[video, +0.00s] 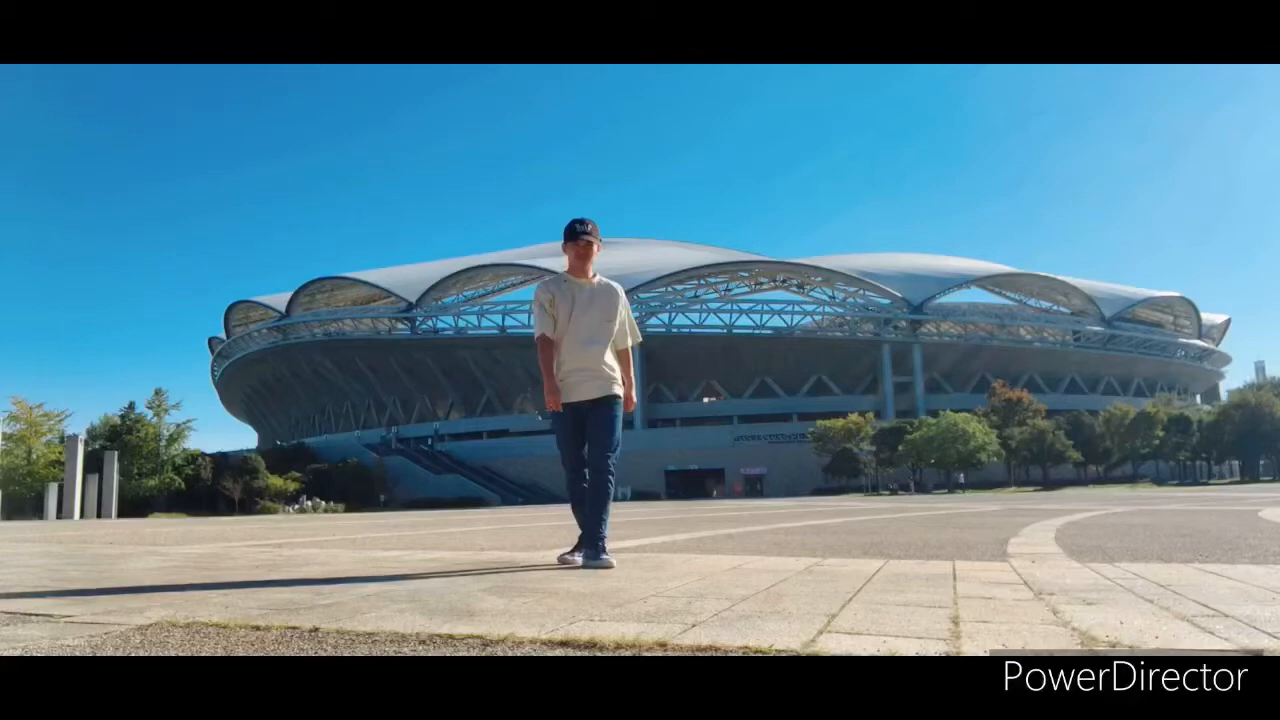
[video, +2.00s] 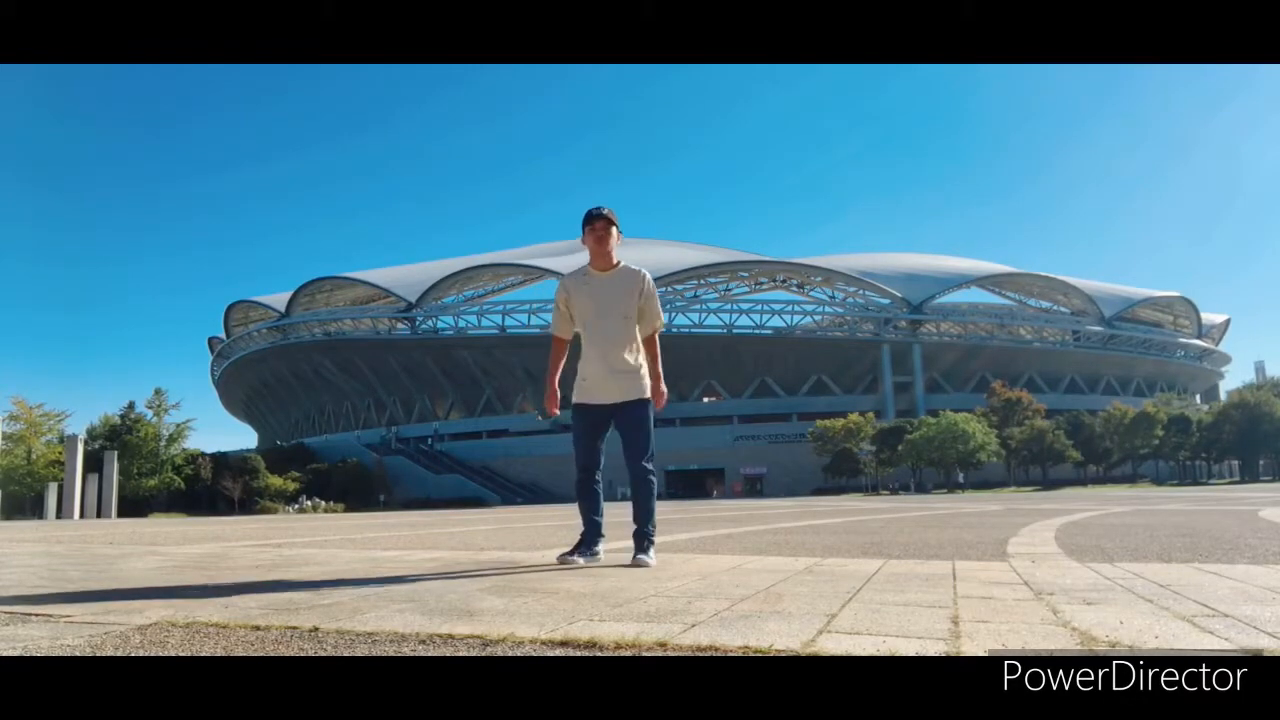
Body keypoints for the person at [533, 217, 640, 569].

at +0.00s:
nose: (585, 247)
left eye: (590, 242)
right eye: (578, 241)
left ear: (598, 248)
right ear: (566, 247)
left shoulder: (613, 292)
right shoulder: (549, 290)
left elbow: (623, 345)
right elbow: (544, 339)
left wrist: (629, 386)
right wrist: (549, 382)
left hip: (606, 389)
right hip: (566, 392)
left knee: (602, 466)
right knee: (574, 468)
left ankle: (596, 547)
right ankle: (588, 537)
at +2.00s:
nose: (601, 234)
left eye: (606, 228)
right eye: (594, 230)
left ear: (618, 236)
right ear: (584, 239)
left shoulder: (638, 279)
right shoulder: (570, 285)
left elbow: (650, 335)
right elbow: (560, 339)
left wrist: (657, 379)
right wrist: (552, 385)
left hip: (634, 389)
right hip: (589, 391)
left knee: (641, 468)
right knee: (586, 471)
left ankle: (644, 543)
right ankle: (591, 542)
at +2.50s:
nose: (633, 253)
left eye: (640, 247)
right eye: (627, 246)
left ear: (650, 253)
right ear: (614, 251)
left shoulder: (656, 296)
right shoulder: (593, 283)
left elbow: (655, 343)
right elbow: (572, 333)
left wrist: (657, 373)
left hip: (631, 392)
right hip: (591, 389)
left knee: (624, 466)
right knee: (602, 466)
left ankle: (620, 543)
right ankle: (616, 533)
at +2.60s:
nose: (639, 253)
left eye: (646, 247)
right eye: (631, 247)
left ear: (655, 253)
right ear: (620, 253)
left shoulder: (663, 293)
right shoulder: (595, 293)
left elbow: (646, 336)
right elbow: (555, 329)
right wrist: (525, 365)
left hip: (635, 395)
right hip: (591, 391)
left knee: (630, 471)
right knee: (581, 456)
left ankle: (618, 545)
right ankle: (603, 484)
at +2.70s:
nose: (628, 260)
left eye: (635, 254)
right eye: (620, 254)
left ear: (647, 259)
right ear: (610, 260)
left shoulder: (666, 293)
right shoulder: (593, 299)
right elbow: (558, 319)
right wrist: (534, 343)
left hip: (637, 405)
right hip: (594, 396)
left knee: (637, 477)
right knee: (560, 457)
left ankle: (618, 547)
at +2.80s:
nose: (614, 265)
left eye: (621, 259)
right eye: (607, 259)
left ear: (634, 264)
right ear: (597, 265)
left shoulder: (655, 311)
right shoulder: (586, 299)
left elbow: (686, 326)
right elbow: (574, 325)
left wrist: (712, 329)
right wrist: (572, 350)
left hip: (640, 400)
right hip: (599, 383)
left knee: (636, 476)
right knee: (567, 435)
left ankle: (616, 546)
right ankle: (544, 438)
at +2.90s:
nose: (613, 262)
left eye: (620, 255)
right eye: (606, 255)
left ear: (632, 259)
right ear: (594, 259)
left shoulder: (645, 302)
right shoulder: (582, 294)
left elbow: (658, 360)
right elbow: (593, 336)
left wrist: (665, 411)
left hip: (640, 385)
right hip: (601, 375)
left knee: (638, 472)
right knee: (598, 417)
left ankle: (619, 544)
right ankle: (598, 508)